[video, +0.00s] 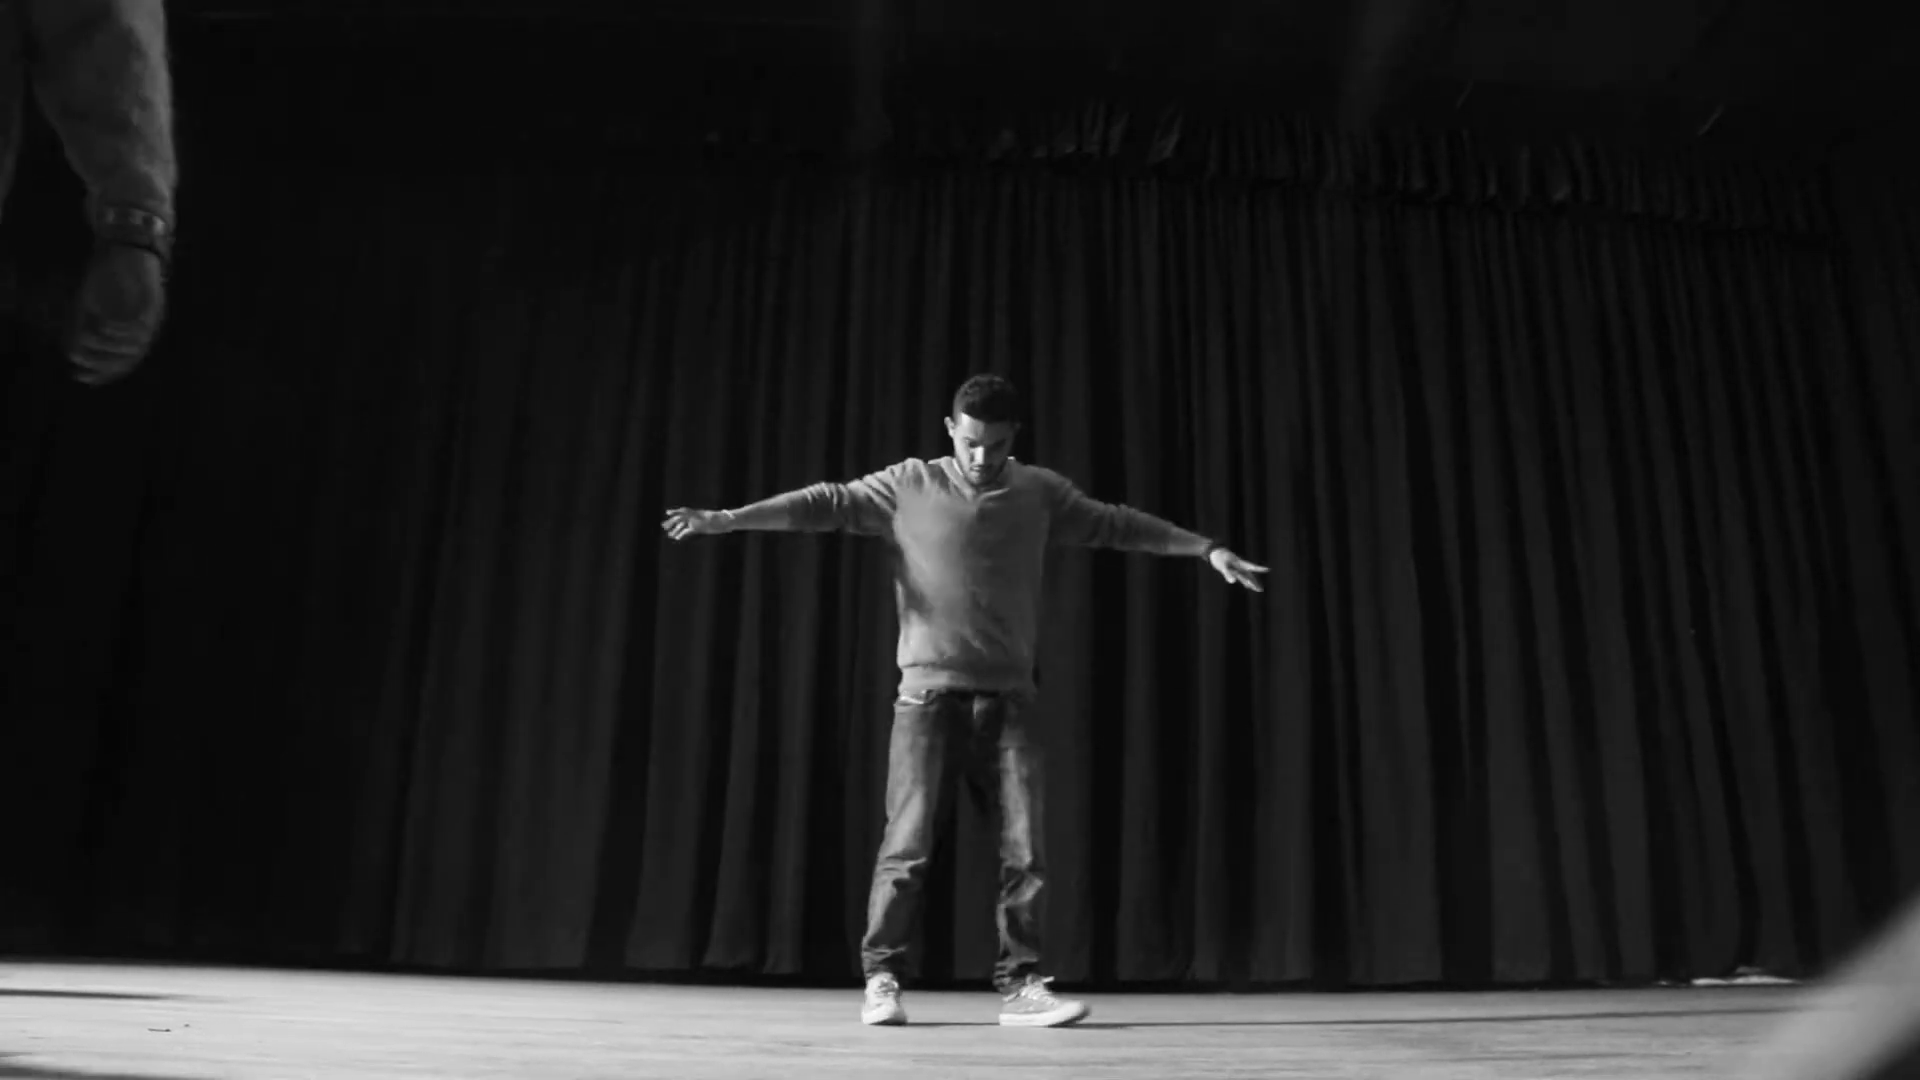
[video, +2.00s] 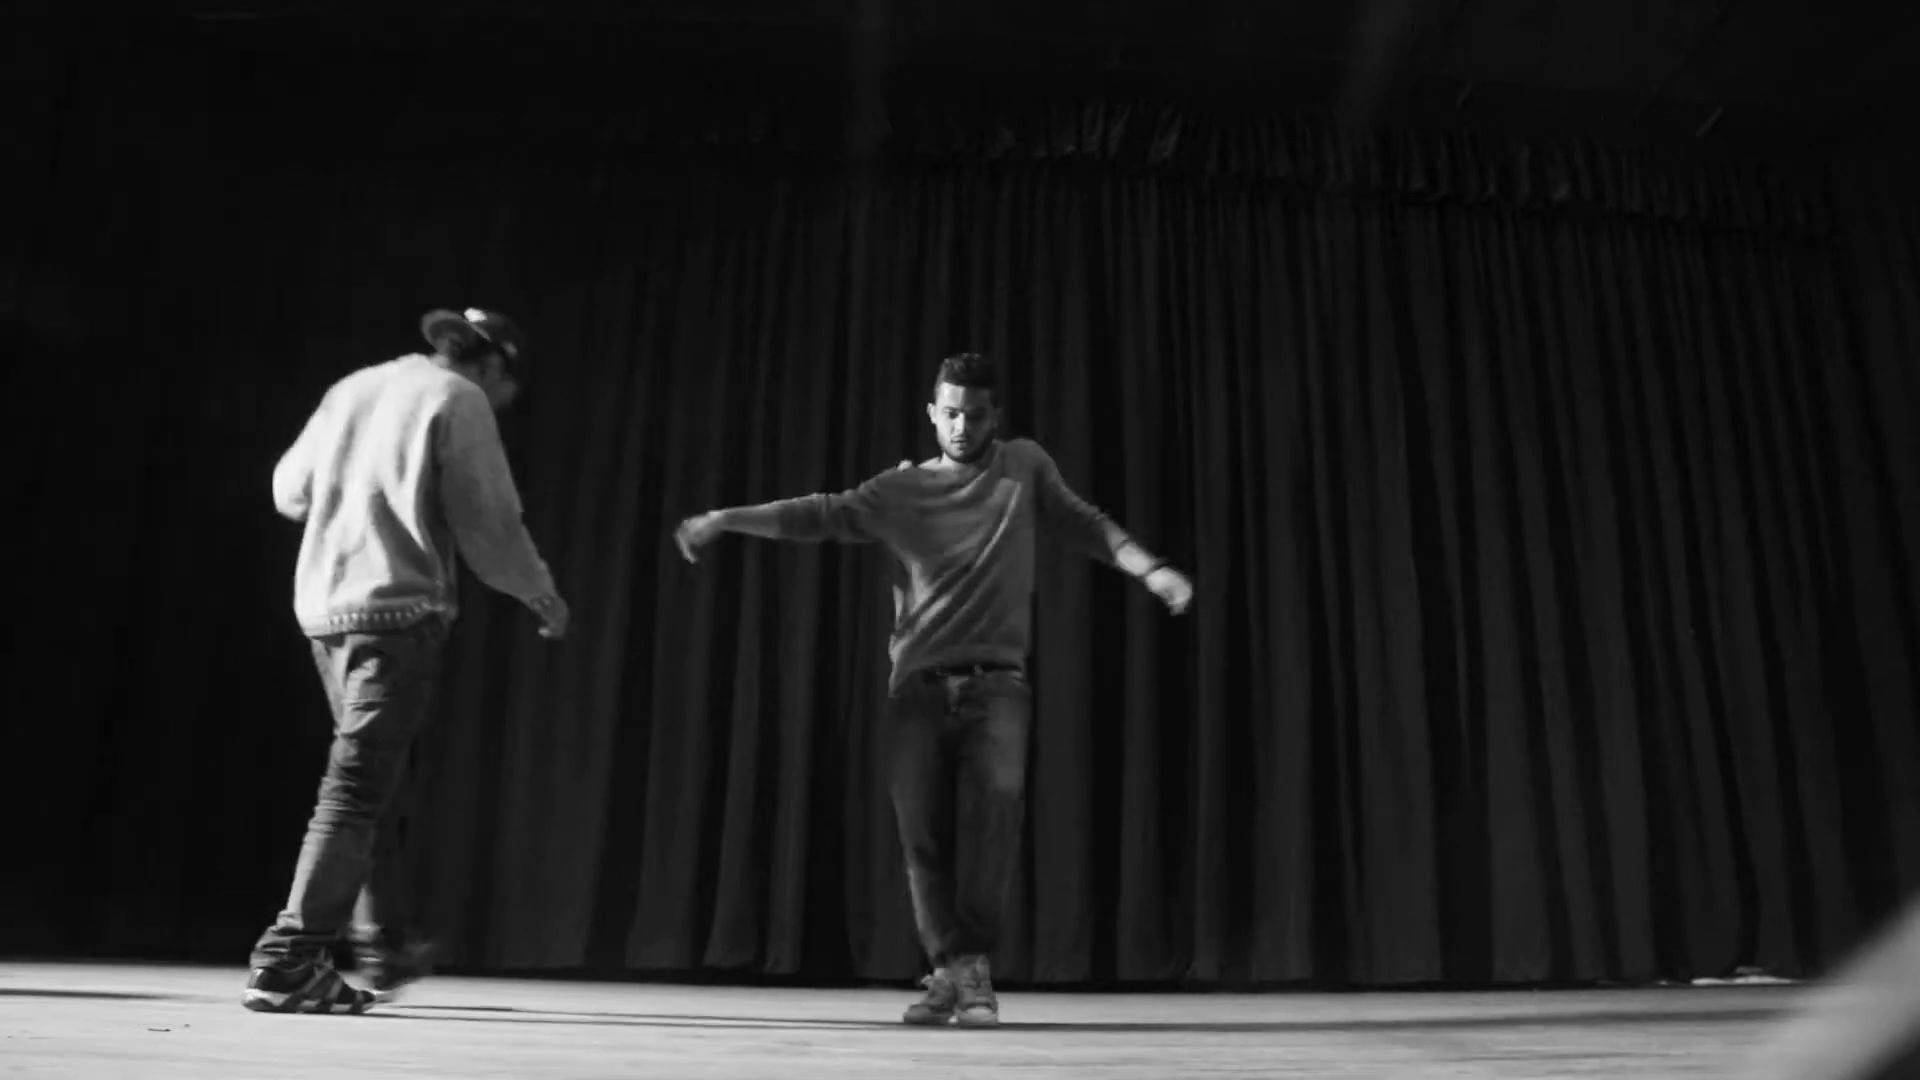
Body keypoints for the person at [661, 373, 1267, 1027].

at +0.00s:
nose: (986, 458)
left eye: (999, 446)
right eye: (974, 443)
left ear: (1017, 441)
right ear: (950, 430)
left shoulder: (1041, 493)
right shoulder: (909, 486)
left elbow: (1121, 525)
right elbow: (820, 502)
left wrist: (1208, 549)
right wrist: (724, 520)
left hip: (1009, 691)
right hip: (928, 689)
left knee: (1025, 846)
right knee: (911, 841)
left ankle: (1023, 990)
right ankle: (883, 980)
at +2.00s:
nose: (961, 428)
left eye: (974, 415)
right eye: (949, 414)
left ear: (994, 414)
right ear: (931, 413)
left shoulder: (1025, 466)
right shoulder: (900, 488)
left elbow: (1089, 526)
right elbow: (817, 513)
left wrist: (1150, 570)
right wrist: (721, 519)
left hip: (998, 681)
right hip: (920, 684)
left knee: (1000, 806)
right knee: (921, 832)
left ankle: (965, 969)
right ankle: (956, 974)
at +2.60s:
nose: (952, 421)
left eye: (964, 409)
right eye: (941, 408)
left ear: (986, 413)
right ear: (925, 412)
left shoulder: (1024, 477)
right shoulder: (890, 483)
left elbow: (1103, 511)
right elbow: (817, 508)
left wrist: (1191, 530)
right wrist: (737, 506)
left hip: (982, 680)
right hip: (908, 682)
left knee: (963, 830)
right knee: (910, 835)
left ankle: (956, 976)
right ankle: (914, 972)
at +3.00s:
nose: (954, 412)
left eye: (967, 401)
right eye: (949, 401)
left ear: (1005, 403)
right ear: (946, 403)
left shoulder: (1056, 472)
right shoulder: (921, 461)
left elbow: (1125, 521)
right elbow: (833, 472)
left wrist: (1202, 559)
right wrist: (737, 470)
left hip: (973, 678)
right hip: (893, 666)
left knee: (968, 832)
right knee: (844, 794)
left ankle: (963, 981)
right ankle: (873, 938)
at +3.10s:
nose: (965, 411)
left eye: (978, 399)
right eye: (961, 399)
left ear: (1017, 402)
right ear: (961, 405)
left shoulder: (1065, 471)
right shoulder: (931, 464)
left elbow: (1137, 522)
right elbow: (841, 473)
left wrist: (1215, 566)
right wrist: (742, 460)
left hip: (967, 675)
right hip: (887, 654)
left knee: (966, 832)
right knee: (819, 768)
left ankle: (964, 982)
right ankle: (819, 912)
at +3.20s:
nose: (971, 411)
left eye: (983, 398)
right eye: (969, 399)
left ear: (1023, 402)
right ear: (974, 404)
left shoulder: (1075, 473)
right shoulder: (940, 463)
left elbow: (1147, 527)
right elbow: (848, 471)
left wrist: (1225, 573)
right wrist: (749, 456)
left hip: (964, 674)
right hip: (885, 648)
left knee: (966, 830)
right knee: (807, 753)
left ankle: (964, 984)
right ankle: (790, 889)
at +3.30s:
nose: (978, 411)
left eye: (990, 398)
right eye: (975, 399)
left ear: (1031, 403)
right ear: (976, 406)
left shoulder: (1079, 476)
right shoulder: (944, 462)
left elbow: (1151, 531)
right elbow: (853, 466)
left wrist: (1226, 579)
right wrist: (758, 458)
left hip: (969, 675)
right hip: (890, 648)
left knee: (970, 830)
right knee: (810, 747)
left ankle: (968, 986)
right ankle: (785, 882)